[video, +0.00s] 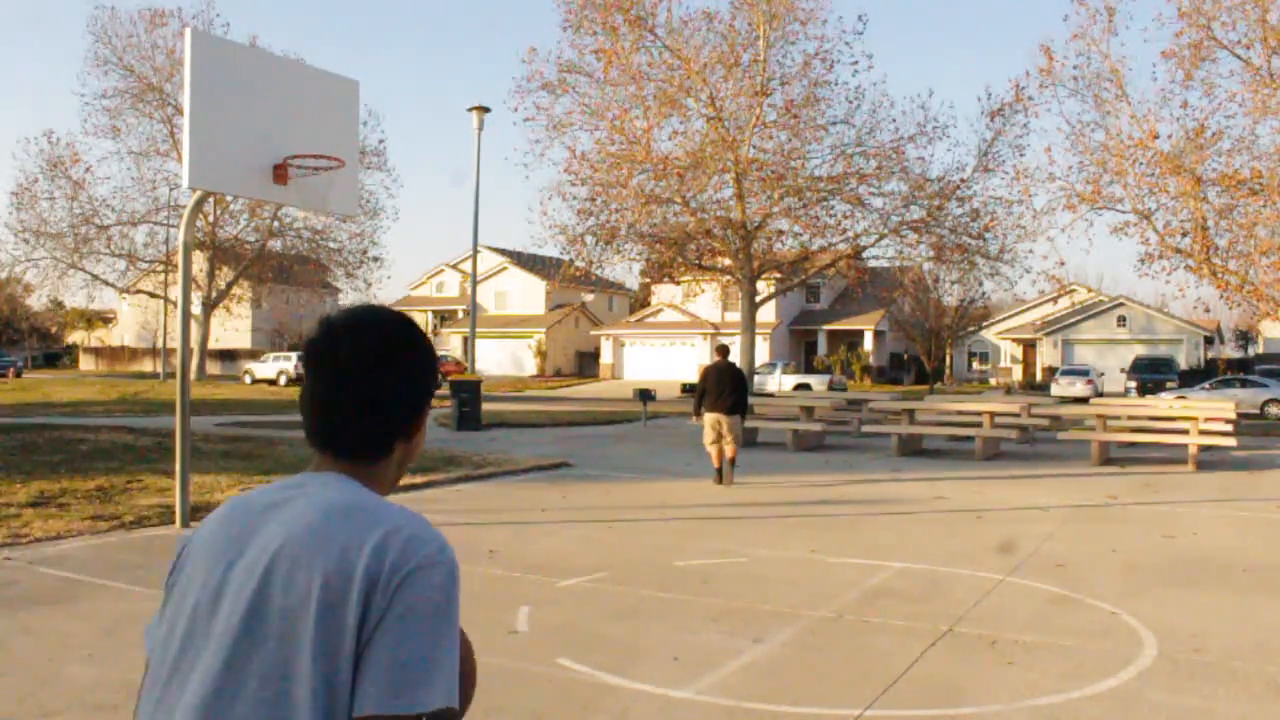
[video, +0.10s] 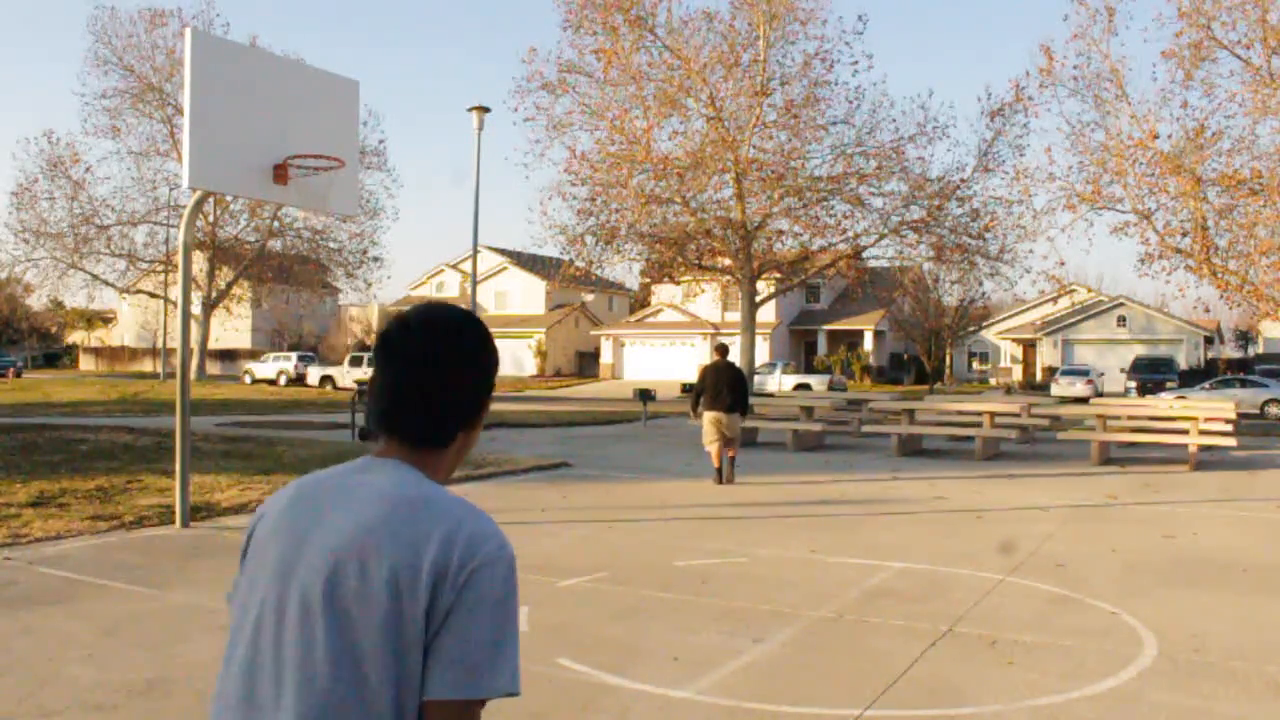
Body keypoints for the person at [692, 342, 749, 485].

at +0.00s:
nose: (718, 356)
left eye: (717, 353)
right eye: (722, 353)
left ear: (716, 354)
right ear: (728, 354)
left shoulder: (708, 370)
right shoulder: (737, 372)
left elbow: (700, 392)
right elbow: (743, 394)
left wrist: (696, 411)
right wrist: (742, 413)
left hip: (711, 412)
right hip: (731, 413)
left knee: (713, 442)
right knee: (730, 441)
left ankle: (718, 472)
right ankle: (731, 462)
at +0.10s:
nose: (716, 355)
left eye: (715, 353)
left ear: (715, 353)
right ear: (727, 353)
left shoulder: (707, 370)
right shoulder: (737, 371)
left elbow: (697, 390)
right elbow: (744, 393)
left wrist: (694, 408)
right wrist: (743, 411)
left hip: (710, 411)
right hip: (730, 411)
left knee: (714, 442)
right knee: (732, 441)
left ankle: (718, 473)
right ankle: (731, 466)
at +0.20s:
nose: (715, 355)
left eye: (715, 353)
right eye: (719, 353)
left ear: (715, 353)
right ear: (727, 354)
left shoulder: (707, 370)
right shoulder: (736, 371)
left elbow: (697, 389)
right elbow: (743, 392)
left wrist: (693, 404)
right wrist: (744, 408)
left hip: (711, 410)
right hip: (730, 410)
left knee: (715, 442)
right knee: (730, 441)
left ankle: (718, 473)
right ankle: (730, 472)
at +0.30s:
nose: (715, 356)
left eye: (715, 354)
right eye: (718, 354)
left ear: (715, 354)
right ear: (727, 355)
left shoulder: (707, 371)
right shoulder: (735, 372)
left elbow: (697, 389)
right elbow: (743, 393)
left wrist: (692, 404)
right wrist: (744, 410)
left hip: (711, 409)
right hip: (729, 410)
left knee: (715, 441)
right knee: (728, 442)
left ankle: (718, 470)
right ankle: (727, 468)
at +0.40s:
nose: (714, 357)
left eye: (714, 355)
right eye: (718, 354)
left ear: (715, 355)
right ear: (727, 356)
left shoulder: (707, 371)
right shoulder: (735, 373)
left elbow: (697, 389)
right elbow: (742, 394)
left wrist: (693, 405)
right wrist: (745, 413)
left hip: (711, 410)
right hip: (729, 410)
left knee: (714, 440)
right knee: (727, 441)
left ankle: (718, 471)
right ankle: (725, 469)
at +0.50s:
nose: (715, 357)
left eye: (715, 354)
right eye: (718, 354)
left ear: (714, 354)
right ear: (727, 355)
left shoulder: (707, 371)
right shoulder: (735, 373)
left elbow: (697, 390)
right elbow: (741, 395)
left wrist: (694, 407)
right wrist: (743, 413)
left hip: (712, 411)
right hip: (729, 411)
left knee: (711, 439)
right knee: (726, 443)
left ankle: (716, 462)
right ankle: (724, 468)